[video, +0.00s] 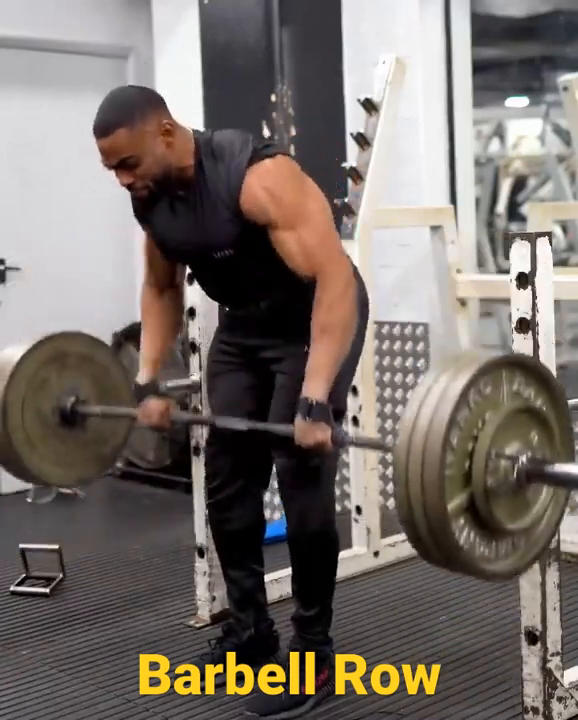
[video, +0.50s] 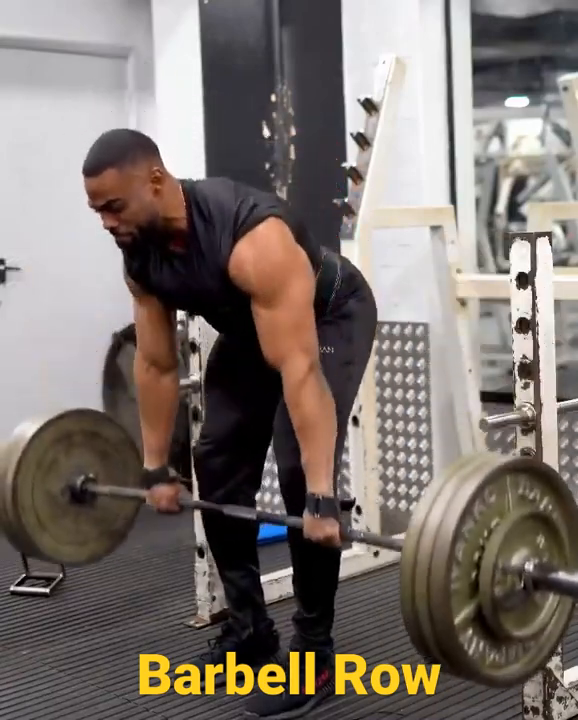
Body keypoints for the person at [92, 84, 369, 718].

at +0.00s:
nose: (122, 181)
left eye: (127, 164)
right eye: (114, 170)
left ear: (169, 133)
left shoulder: (262, 177)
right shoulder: (153, 198)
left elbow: (337, 278)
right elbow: (161, 287)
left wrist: (317, 397)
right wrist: (149, 377)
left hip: (313, 327)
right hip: (242, 335)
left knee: (302, 480)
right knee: (227, 485)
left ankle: (311, 648)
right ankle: (248, 629)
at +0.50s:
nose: (107, 224)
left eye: (114, 207)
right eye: (98, 211)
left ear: (157, 181)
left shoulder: (254, 241)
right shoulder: (140, 250)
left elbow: (301, 369)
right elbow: (156, 364)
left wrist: (321, 494)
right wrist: (157, 468)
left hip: (328, 313)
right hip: (249, 323)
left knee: (302, 472)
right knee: (218, 465)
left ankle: (312, 648)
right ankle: (248, 628)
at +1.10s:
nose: (110, 188)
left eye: (118, 172)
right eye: (103, 177)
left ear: (162, 146)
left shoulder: (254, 204)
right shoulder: (144, 224)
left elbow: (317, 318)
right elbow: (152, 324)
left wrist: (307, 451)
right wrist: (145, 429)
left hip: (324, 306)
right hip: (249, 320)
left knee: (306, 476)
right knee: (226, 472)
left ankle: (312, 649)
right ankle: (248, 627)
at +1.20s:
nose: (126, 152)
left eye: (133, 136)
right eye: (118, 141)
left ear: (174, 106)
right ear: (121, 129)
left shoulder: (261, 155)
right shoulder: (154, 180)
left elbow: (335, 265)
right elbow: (159, 278)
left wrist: (308, 383)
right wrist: (144, 370)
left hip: (307, 322)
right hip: (237, 327)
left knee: (303, 484)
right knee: (229, 484)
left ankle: (313, 651)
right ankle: (248, 629)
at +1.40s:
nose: (124, 139)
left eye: (129, 121)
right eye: (115, 128)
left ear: (170, 89)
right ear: (115, 115)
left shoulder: (257, 126)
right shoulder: (150, 153)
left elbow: (364, 196)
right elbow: (166, 216)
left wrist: (314, 293)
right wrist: (147, 288)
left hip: (302, 305)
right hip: (229, 307)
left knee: (295, 475)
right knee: (226, 478)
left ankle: (311, 652)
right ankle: (248, 632)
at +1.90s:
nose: (119, 179)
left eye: (124, 162)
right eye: (110, 169)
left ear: (165, 129)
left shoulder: (258, 167)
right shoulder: (151, 192)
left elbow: (346, 259)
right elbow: (166, 263)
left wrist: (316, 371)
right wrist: (152, 354)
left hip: (313, 326)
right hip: (240, 333)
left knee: (304, 486)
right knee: (230, 486)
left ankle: (312, 648)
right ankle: (249, 626)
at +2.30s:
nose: (112, 212)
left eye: (117, 196)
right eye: (104, 201)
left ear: (158, 164)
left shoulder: (258, 216)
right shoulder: (145, 235)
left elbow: (312, 340)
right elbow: (155, 340)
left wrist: (320, 470)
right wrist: (154, 442)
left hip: (329, 310)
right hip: (250, 323)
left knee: (308, 469)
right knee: (226, 470)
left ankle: (313, 648)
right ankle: (248, 626)